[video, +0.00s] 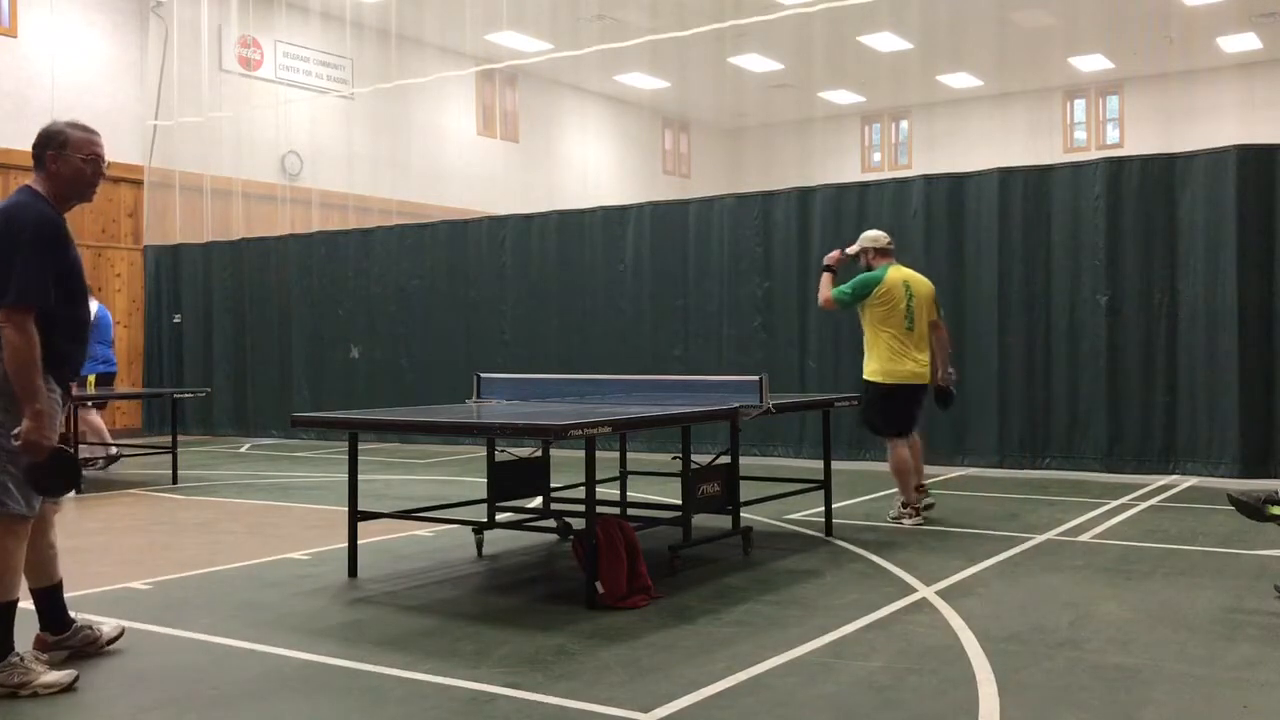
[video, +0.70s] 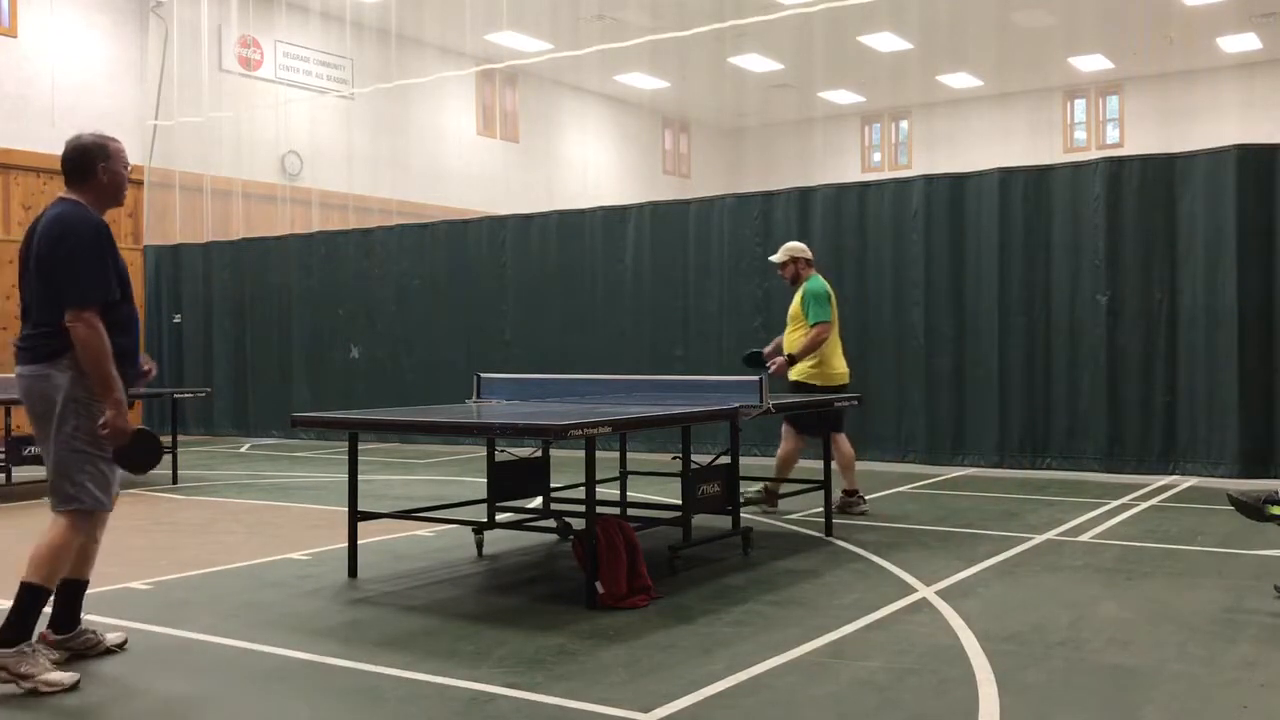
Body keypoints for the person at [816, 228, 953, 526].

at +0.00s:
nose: (861, 263)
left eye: (861, 257)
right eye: (860, 258)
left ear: (869, 254)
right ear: (891, 252)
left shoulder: (872, 280)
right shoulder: (923, 283)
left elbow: (826, 299)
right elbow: (937, 328)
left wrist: (828, 268)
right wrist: (943, 370)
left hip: (885, 376)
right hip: (918, 375)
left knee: (896, 441)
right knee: (909, 432)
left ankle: (909, 506)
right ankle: (919, 490)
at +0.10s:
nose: (847, 264)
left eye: (850, 259)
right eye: (847, 259)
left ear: (861, 256)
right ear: (876, 256)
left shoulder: (862, 283)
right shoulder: (912, 285)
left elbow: (820, 309)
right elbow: (930, 330)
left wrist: (814, 284)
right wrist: (945, 368)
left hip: (878, 376)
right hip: (907, 375)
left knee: (891, 440)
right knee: (888, 435)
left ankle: (909, 506)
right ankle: (883, 489)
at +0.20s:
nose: (836, 270)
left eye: (838, 264)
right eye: (835, 264)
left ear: (851, 260)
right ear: (864, 260)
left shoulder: (854, 286)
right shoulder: (901, 288)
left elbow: (823, 323)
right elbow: (918, 331)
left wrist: (800, 315)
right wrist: (933, 369)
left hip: (867, 378)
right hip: (895, 378)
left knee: (881, 441)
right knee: (867, 436)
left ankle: (908, 504)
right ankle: (860, 495)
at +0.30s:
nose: (825, 271)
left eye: (827, 265)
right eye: (824, 265)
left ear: (841, 261)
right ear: (851, 262)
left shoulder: (844, 289)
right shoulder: (888, 291)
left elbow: (831, 330)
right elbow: (901, 336)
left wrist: (803, 347)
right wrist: (910, 374)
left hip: (852, 380)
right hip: (878, 380)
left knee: (857, 441)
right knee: (857, 439)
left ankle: (898, 493)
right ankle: (855, 496)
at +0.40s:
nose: (814, 271)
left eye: (817, 264)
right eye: (814, 265)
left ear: (831, 262)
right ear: (837, 263)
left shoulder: (835, 291)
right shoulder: (870, 290)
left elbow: (838, 333)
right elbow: (879, 337)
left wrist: (812, 361)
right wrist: (879, 373)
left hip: (840, 382)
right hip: (866, 381)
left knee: (819, 435)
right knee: (853, 438)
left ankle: (874, 476)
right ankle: (853, 495)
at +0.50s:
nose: (802, 269)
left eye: (805, 263)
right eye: (802, 263)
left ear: (821, 261)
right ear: (826, 262)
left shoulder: (830, 286)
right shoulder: (852, 285)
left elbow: (838, 329)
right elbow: (862, 335)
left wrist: (812, 360)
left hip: (831, 377)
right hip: (857, 377)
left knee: (800, 425)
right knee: (846, 433)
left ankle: (842, 474)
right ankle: (852, 496)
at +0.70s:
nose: (780, 272)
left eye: (783, 266)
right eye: (779, 267)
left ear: (799, 264)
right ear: (799, 265)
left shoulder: (814, 288)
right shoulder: (809, 287)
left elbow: (822, 331)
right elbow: (800, 330)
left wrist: (790, 359)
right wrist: (776, 346)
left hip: (813, 378)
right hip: (828, 377)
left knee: (791, 432)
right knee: (835, 434)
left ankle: (771, 491)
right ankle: (852, 494)